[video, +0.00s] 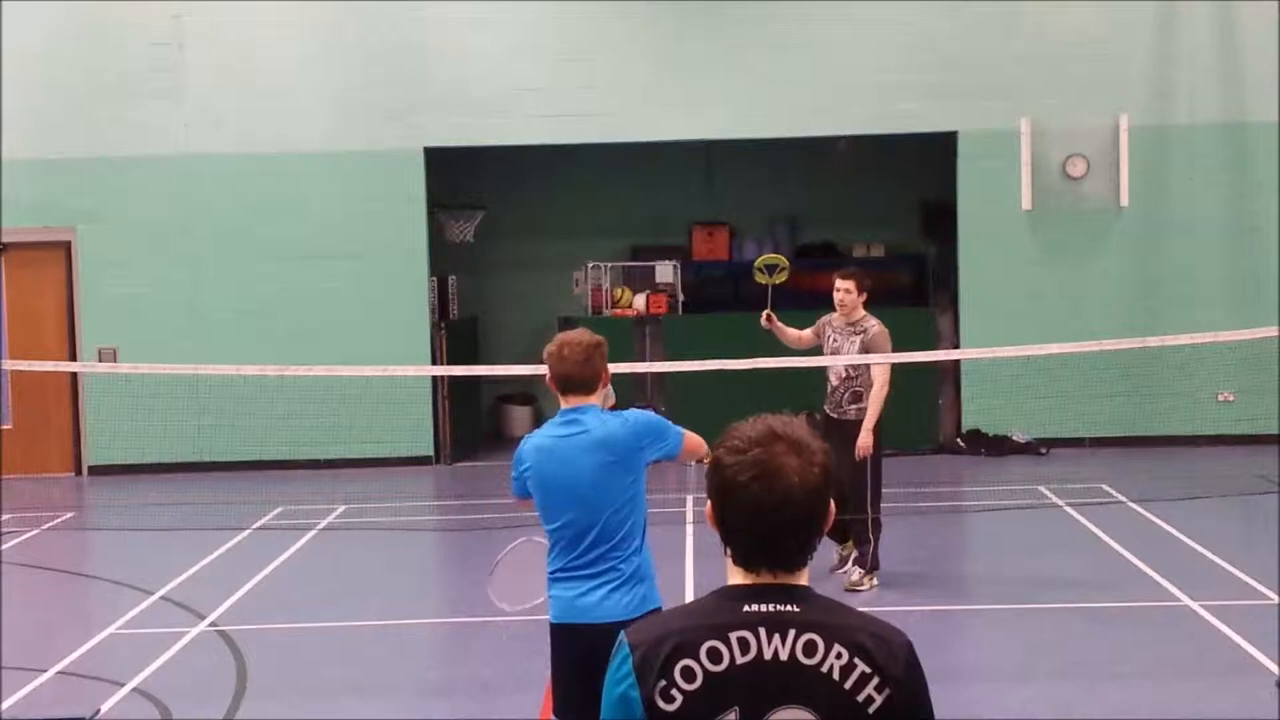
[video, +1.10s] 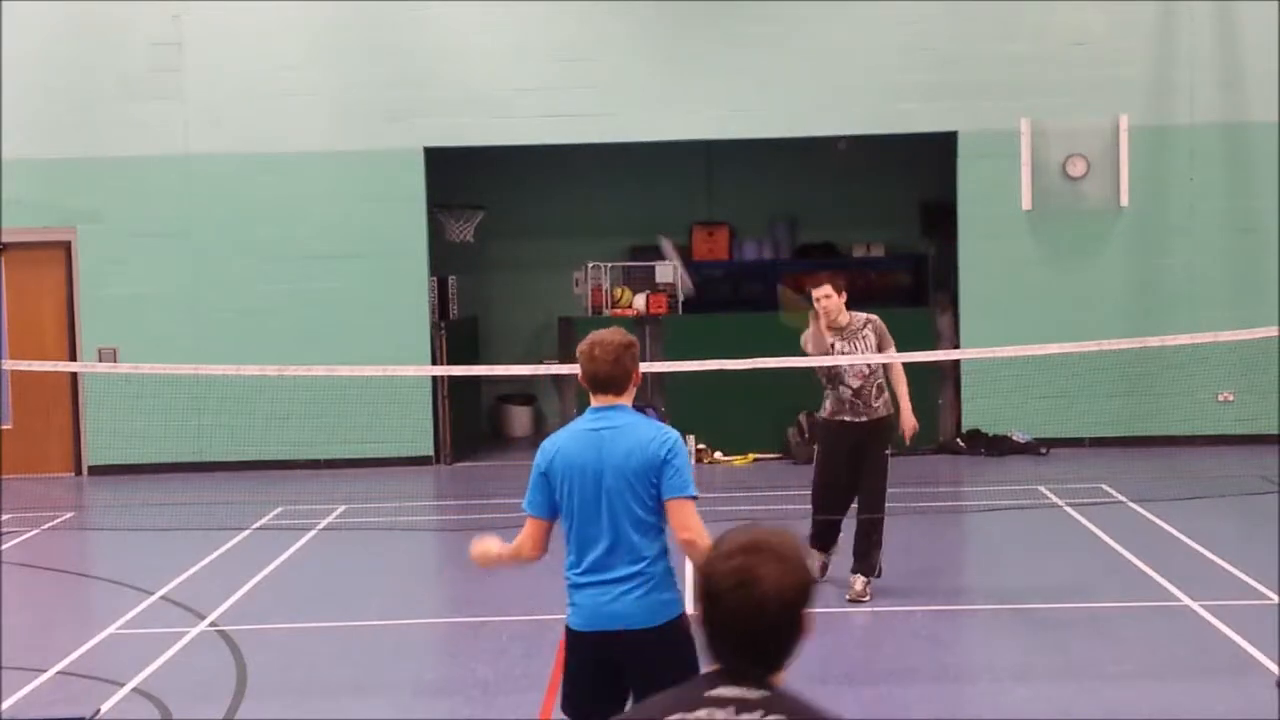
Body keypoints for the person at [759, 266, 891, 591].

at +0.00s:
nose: (839, 297)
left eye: (846, 292)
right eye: (837, 291)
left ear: (862, 296)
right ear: (833, 293)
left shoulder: (875, 332)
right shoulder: (828, 324)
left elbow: (881, 384)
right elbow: (801, 339)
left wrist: (867, 429)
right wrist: (776, 326)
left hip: (861, 423)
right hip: (832, 420)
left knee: (862, 492)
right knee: (832, 486)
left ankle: (866, 566)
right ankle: (846, 541)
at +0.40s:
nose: (832, 304)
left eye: (839, 298)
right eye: (829, 298)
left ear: (854, 303)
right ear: (825, 301)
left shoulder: (870, 338)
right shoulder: (818, 333)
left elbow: (880, 390)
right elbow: (793, 356)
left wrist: (863, 432)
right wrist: (765, 350)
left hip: (857, 428)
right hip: (829, 426)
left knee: (854, 493)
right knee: (839, 493)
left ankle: (866, 563)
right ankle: (858, 550)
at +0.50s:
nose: (832, 310)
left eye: (839, 304)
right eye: (829, 304)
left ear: (853, 308)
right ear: (824, 307)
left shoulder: (871, 344)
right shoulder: (816, 342)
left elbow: (884, 395)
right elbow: (796, 377)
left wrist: (872, 438)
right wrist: (766, 382)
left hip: (858, 432)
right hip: (827, 431)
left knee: (849, 496)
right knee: (842, 497)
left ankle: (860, 561)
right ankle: (861, 551)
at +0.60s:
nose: (832, 315)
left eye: (838, 309)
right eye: (827, 309)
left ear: (852, 313)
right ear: (822, 313)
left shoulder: (871, 348)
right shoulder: (815, 347)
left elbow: (889, 398)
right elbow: (802, 388)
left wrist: (885, 445)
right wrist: (775, 410)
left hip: (863, 435)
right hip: (831, 435)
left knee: (852, 499)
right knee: (841, 497)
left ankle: (857, 569)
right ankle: (864, 550)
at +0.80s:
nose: (830, 327)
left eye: (836, 320)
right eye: (825, 321)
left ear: (851, 318)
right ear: (821, 320)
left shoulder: (877, 345)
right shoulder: (814, 352)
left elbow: (898, 390)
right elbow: (815, 399)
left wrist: (901, 436)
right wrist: (817, 438)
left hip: (870, 432)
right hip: (834, 434)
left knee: (865, 500)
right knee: (841, 498)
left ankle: (862, 571)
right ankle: (859, 560)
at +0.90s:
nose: (828, 327)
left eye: (834, 320)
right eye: (823, 321)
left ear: (850, 315)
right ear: (819, 319)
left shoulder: (878, 338)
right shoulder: (814, 351)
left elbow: (900, 381)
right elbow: (821, 399)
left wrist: (903, 427)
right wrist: (822, 444)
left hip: (874, 432)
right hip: (838, 434)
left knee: (867, 502)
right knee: (843, 500)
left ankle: (864, 573)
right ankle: (849, 566)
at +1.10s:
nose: (821, 305)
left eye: (826, 298)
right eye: (816, 301)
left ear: (842, 297)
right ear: (811, 305)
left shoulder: (872, 325)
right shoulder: (813, 336)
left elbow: (894, 367)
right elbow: (819, 348)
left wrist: (906, 410)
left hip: (875, 424)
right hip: (835, 426)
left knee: (871, 501)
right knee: (826, 496)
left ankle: (862, 574)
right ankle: (821, 548)